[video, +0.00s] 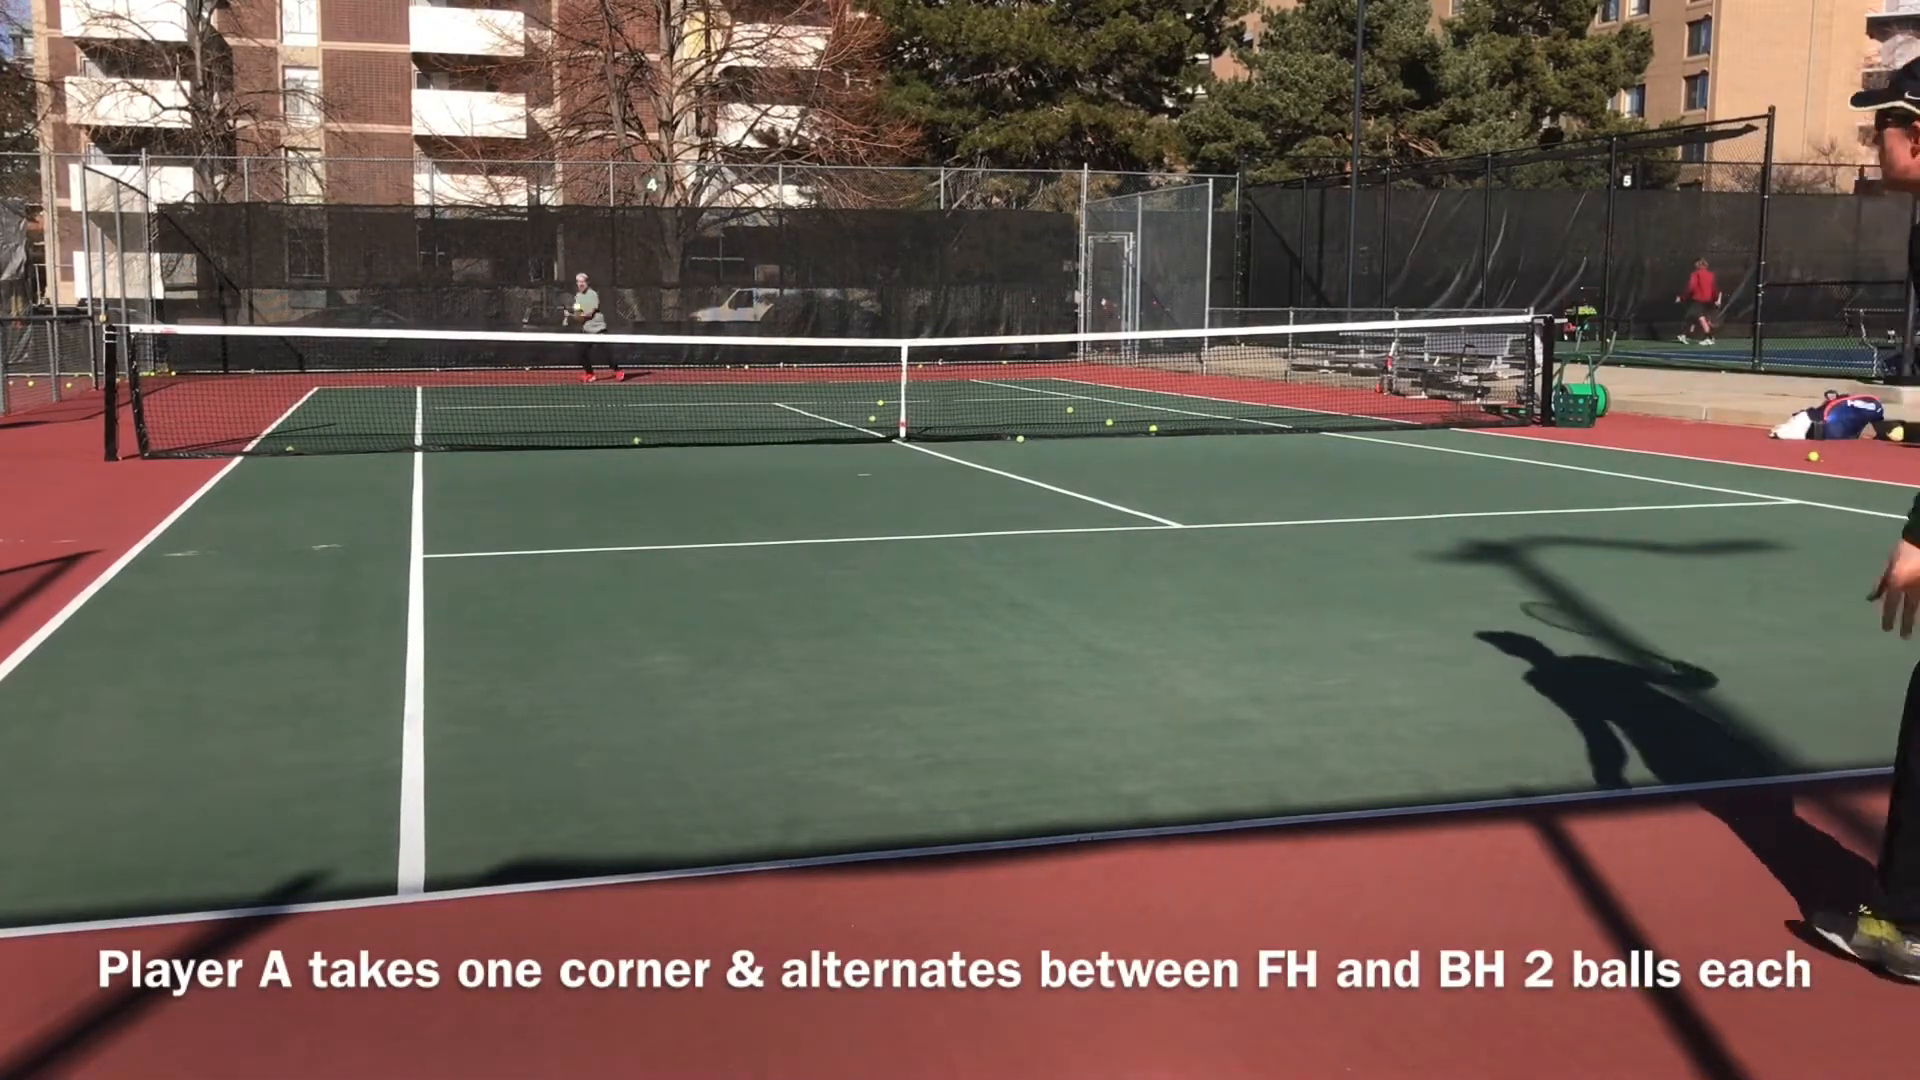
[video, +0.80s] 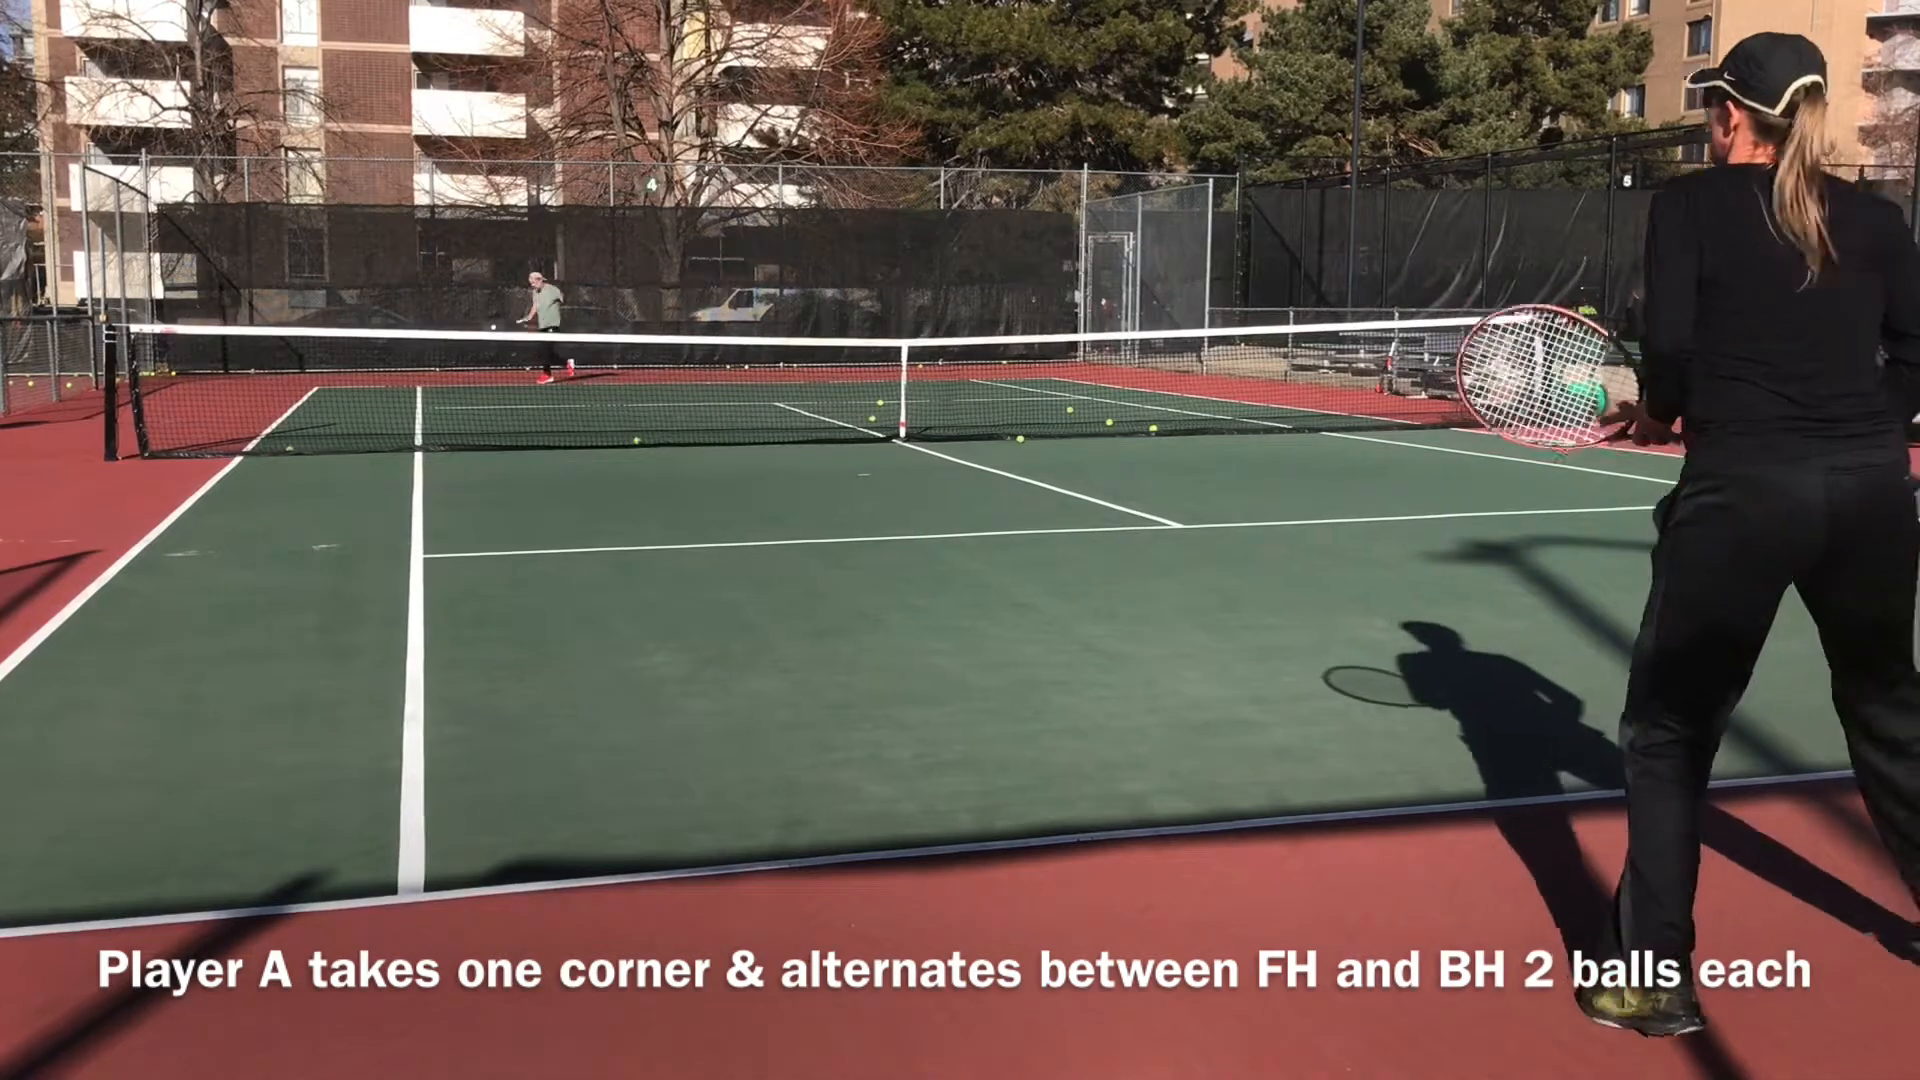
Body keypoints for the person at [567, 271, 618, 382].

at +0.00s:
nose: (580, 284)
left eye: (582, 281)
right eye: (578, 281)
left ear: (587, 282)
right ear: (576, 283)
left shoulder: (592, 294)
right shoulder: (578, 296)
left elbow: (591, 312)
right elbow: (577, 311)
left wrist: (579, 316)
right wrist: (570, 315)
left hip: (599, 326)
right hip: (587, 327)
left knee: (606, 349)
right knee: (582, 351)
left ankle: (617, 370)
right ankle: (589, 373)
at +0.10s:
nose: (575, 283)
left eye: (577, 281)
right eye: (573, 281)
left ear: (581, 282)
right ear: (571, 283)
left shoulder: (586, 293)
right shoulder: (573, 296)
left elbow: (577, 310)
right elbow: (574, 311)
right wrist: (561, 313)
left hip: (595, 328)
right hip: (584, 329)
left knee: (598, 352)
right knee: (580, 351)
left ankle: (615, 371)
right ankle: (588, 372)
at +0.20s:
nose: (569, 286)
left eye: (571, 283)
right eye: (567, 284)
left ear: (575, 284)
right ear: (565, 285)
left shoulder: (580, 295)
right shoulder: (570, 297)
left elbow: (566, 309)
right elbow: (565, 311)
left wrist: (547, 307)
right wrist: (552, 311)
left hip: (591, 330)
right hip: (581, 331)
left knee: (594, 352)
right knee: (578, 352)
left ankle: (611, 368)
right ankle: (586, 372)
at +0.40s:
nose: (554, 289)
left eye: (556, 286)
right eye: (553, 287)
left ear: (562, 286)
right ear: (552, 288)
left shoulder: (565, 296)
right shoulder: (563, 298)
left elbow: (555, 311)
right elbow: (556, 314)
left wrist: (538, 317)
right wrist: (540, 316)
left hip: (577, 330)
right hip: (573, 330)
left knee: (565, 350)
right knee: (571, 354)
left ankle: (562, 374)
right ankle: (585, 373)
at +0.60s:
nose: (540, 290)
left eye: (542, 287)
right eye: (539, 288)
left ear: (548, 287)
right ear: (545, 288)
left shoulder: (552, 297)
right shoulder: (552, 297)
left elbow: (547, 313)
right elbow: (549, 316)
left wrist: (535, 321)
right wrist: (544, 329)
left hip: (560, 331)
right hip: (561, 331)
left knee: (546, 352)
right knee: (560, 355)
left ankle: (547, 375)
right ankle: (581, 371)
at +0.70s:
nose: (535, 288)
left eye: (536, 285)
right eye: (534, 286)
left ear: (542, 284)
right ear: (537, 286)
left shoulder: (550, 294)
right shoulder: (543, 297)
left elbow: (556, 298)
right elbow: (541, 315)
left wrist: (554, 307)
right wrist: (537, 327)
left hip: (552, 328)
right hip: (546, 328)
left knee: (546, 351)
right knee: (553, 353)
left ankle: (548, 374)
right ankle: (574, 366)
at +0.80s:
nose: (533, 285)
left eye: (534, 282)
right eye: (531, 283)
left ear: (540, 280)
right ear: (532, 283)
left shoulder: (551, 289)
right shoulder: (536, 292)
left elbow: (562, 299)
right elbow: (535, 306)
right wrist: (528, 318)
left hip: (553, 324)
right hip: (542, 325)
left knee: (545, 350)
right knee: (546, 350)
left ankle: (547, 373)